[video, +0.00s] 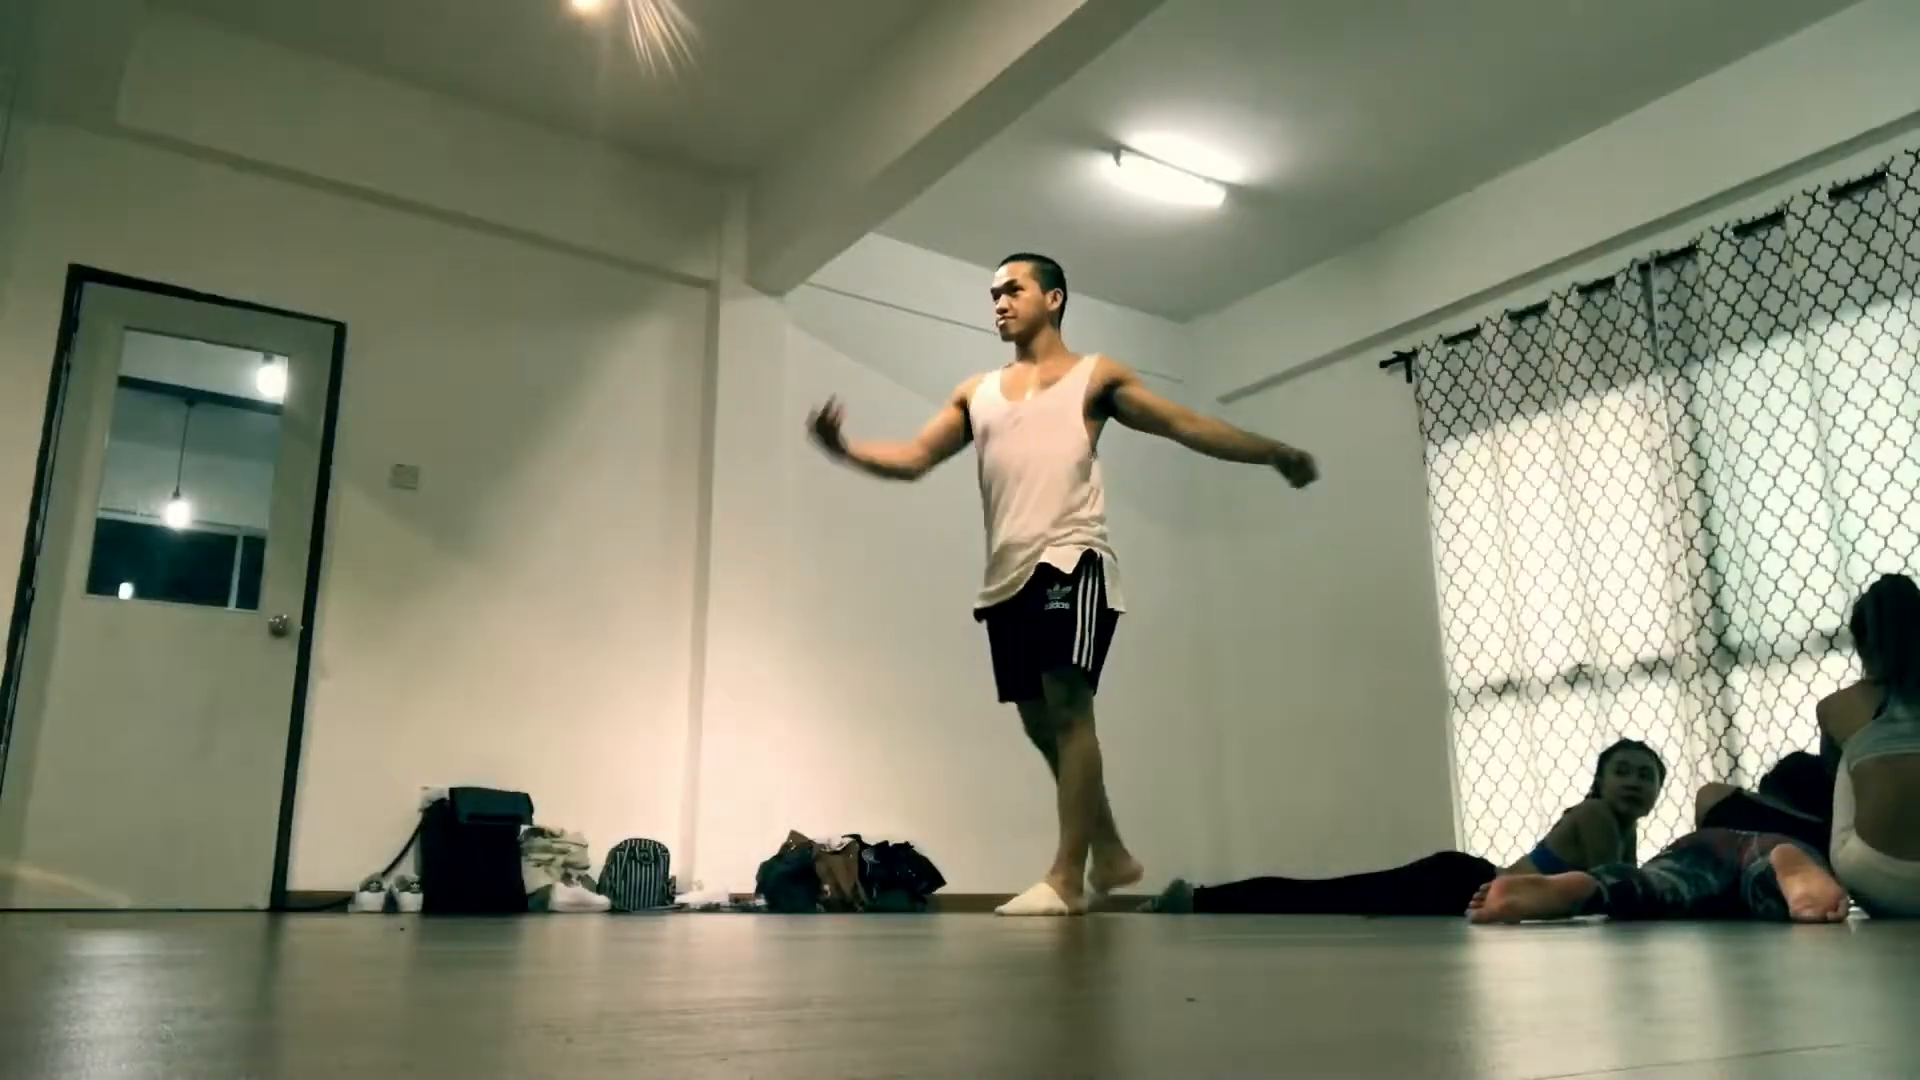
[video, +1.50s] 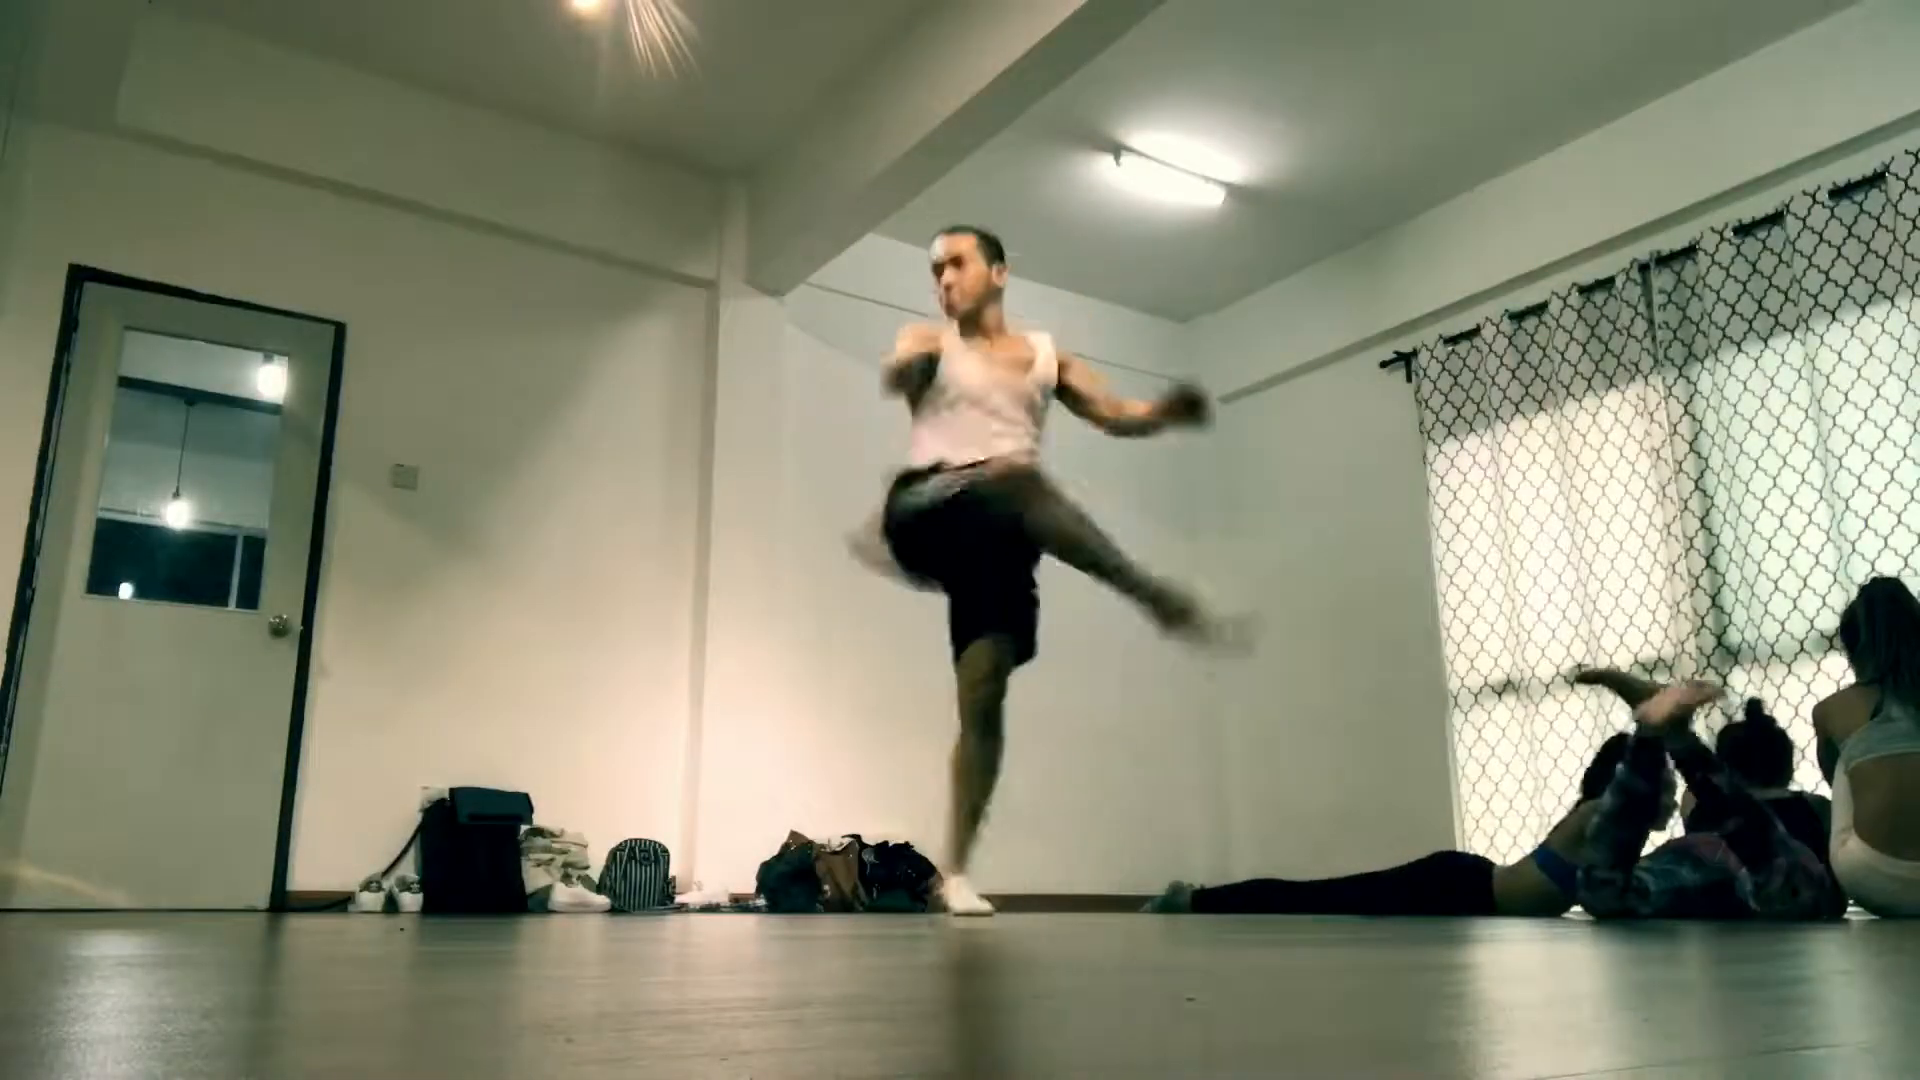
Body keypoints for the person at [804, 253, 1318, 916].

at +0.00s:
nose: (998, 301)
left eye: (1012, 290)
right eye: (995, 294)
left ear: (1054, 300)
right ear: (1001, 311)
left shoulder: (1095, 375)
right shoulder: (977, 392)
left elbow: (1189, 426)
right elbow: (913, 458)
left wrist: (1279, 454)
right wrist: (844, 448)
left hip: (1070, 558)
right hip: (1005, 576)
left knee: (1069, 710)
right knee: (1042, 727)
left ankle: (1066, 881)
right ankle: (1115, 859)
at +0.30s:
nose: (979, 363)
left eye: (993, 353)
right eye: (978, 355)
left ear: (1036, 363)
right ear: (991, 373)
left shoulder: (1083, 429)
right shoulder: (971, 444)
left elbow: (1190, 450)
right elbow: (898, 440)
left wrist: (1290, 457)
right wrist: (831, 410)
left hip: (1080, 603)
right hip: (1033, 614)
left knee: (999, 706)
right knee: (1030, 775)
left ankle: (1043, 879)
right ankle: (1128, 884)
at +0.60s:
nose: (953, 321)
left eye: (966, 310)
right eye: (958, 308)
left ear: (1001, 323)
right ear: (1014, 327)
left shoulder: (957, 389)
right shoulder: (1059, 396)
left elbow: (870, 454)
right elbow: (1112, 477)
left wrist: (791, 480)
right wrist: (1092, 530)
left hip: (1009, 579)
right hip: (1086, 578)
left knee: (973, 731)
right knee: (1080, 712)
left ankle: (1033, 866)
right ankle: (1105, 858)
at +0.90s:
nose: (970, 272)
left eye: (984, 258)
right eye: (966, 263)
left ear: (1026, 268)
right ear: (969, 280)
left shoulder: (1073, 348)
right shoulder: (951, 349)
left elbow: (1137, 413)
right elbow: (876, 420)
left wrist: (1125, 379)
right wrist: (911, 382)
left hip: (1029, 537)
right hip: (957, 522)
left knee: (997, 697)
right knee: (929, 480)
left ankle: (975, 871)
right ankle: (1037, 639)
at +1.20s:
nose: (928, 254)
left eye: (935, 243)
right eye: (933, 241)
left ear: (951, 251)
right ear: (998, 259)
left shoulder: (911, 322)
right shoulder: (1041, 333)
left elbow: (865, 417)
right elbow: (1100, 424)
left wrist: (921, 444)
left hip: (969, 525)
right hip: (1060, 524)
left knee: (989, 685)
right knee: (1019, 593)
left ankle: (1015, 860)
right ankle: (952, 663)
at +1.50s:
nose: (943, 279)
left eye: (956, 265)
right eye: (937, 270)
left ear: (997, 273)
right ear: (937, 286)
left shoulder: (1043, 355)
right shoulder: (926, 337)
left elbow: (1112, 414)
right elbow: (900, 381)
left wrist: (1165, 413)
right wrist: (918, 367)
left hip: (1002, 519)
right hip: (926, 514)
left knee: (982, 698)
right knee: (1021, 483)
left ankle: (953, 872)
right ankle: (1162, 602)